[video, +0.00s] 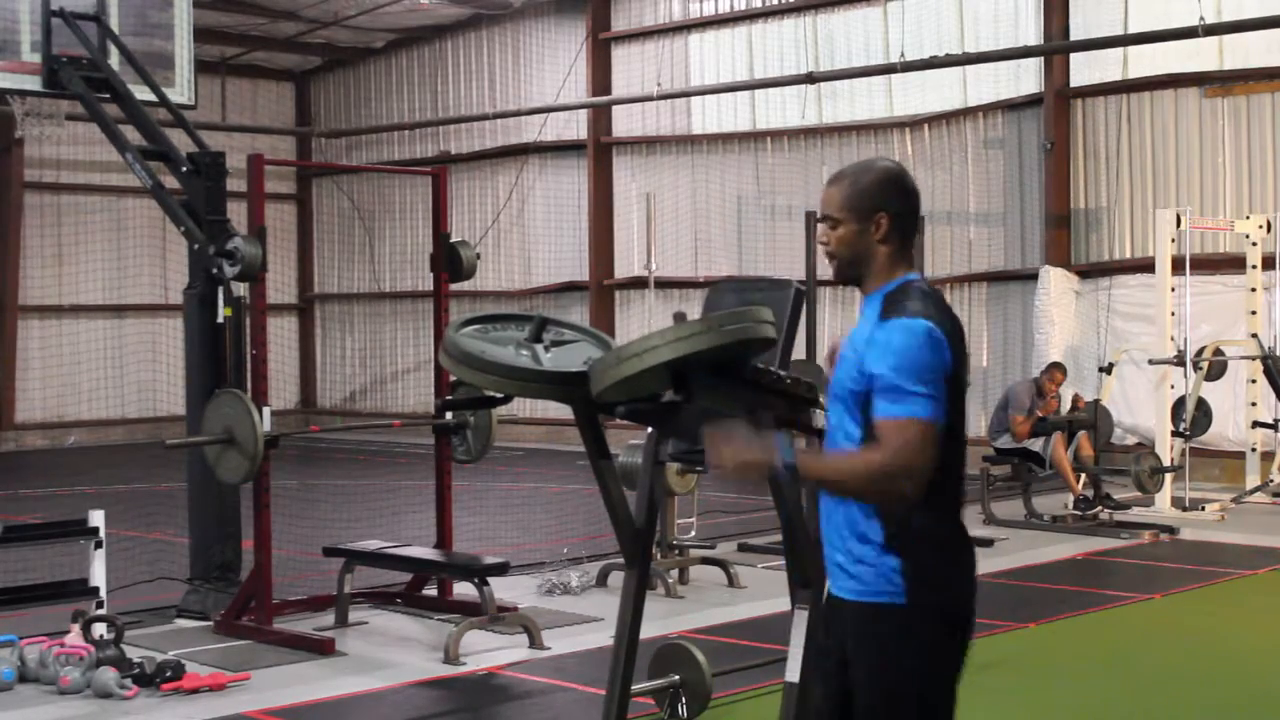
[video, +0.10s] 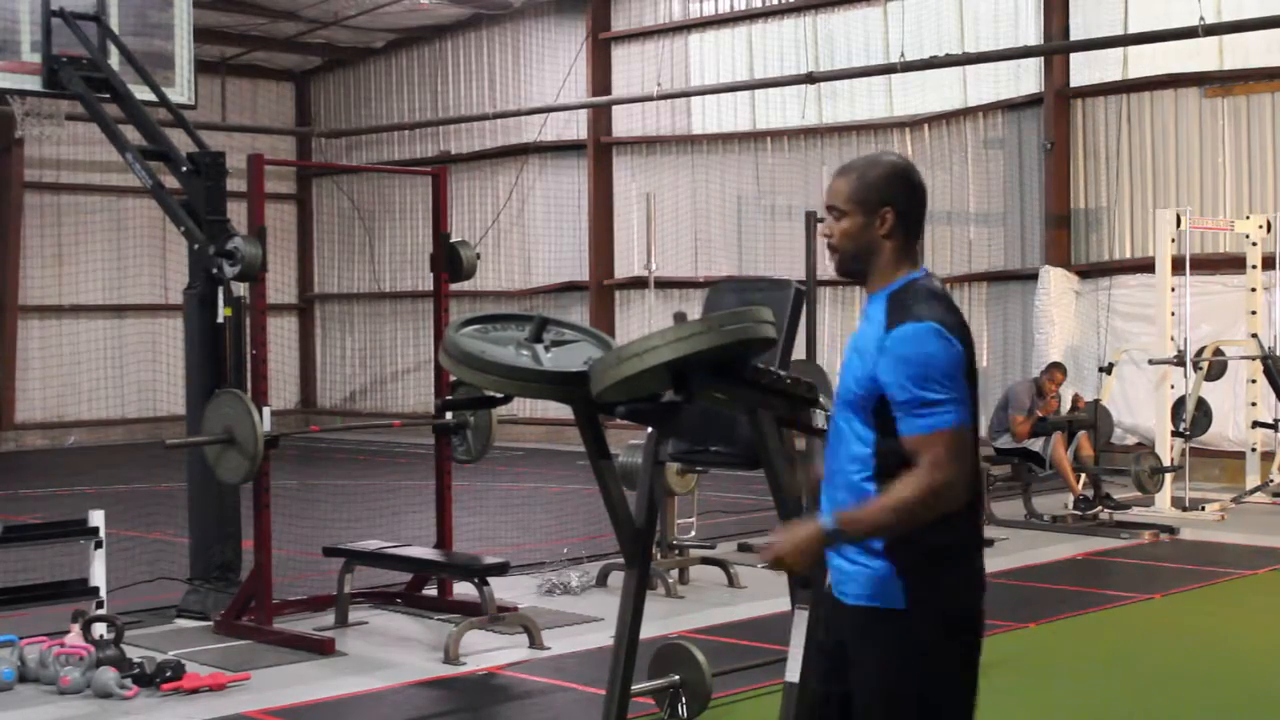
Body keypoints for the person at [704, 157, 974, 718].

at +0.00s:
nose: (821, 238)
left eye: (832, 223)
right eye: (821, 223)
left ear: (880, 228)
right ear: (874, 231)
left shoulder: (911, 330)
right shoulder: (883, 315)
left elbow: (904, 473)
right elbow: (876, 447)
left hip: (899, 599)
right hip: (856, 589)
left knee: (893, 711)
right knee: (825, 707)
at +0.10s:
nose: (825, 232)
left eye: (836, 216)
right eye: (826, 217)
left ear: (884, 222)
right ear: (882, 224)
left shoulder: (917, 330)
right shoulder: (884, 313)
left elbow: (947, 477)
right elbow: (893, 457)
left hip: (906, 605)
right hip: (860, 595)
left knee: (901, 713)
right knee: (822, 709)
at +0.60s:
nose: (758, 243)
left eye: (768, 226)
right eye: (758, 227)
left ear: (817, 226)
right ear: (809, 228)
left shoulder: (893, 336)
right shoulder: (796, 318)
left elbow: (898, 487)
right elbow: (818, 468)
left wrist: (764, 519)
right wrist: (772, 561)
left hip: (872, 625)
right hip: (787, 603)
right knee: (735, 710)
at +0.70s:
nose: (712, 255)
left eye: (721, 236)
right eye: (712, 238)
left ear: (770, 232)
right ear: (766, 234)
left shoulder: (857, 333)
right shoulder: (752, 335)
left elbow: (878, 484)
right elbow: (783, 480)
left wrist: (750, 536)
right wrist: (734, 584)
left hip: (850, 629)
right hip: (759, 613)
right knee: (705, 709)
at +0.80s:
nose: (652, 269)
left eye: (662, 249)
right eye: (650, 252)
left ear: (711, 242)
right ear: (704, 246)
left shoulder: (806, 338)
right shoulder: (696, 348)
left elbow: (845, 482)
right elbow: (725, 496)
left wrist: (733, 553)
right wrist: (694, 604)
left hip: (816, 637)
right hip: (724, 628)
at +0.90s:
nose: (581, 283)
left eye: (591, 263)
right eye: (580, 266)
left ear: (639, 256)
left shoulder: (742, 344)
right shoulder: (634, 372)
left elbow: (802, 478)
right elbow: (664, 521)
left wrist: (701, 574)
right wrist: (645, 631)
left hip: (765, 652)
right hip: (673, 652)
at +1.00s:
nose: (512, 288)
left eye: (519, 268)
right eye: (512, 272)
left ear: (561, 264)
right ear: (554, 267)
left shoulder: (661, 344)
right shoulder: (585, 360)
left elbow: (734, 468)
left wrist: (651, 580)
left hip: (707, 645)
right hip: (624, 636)